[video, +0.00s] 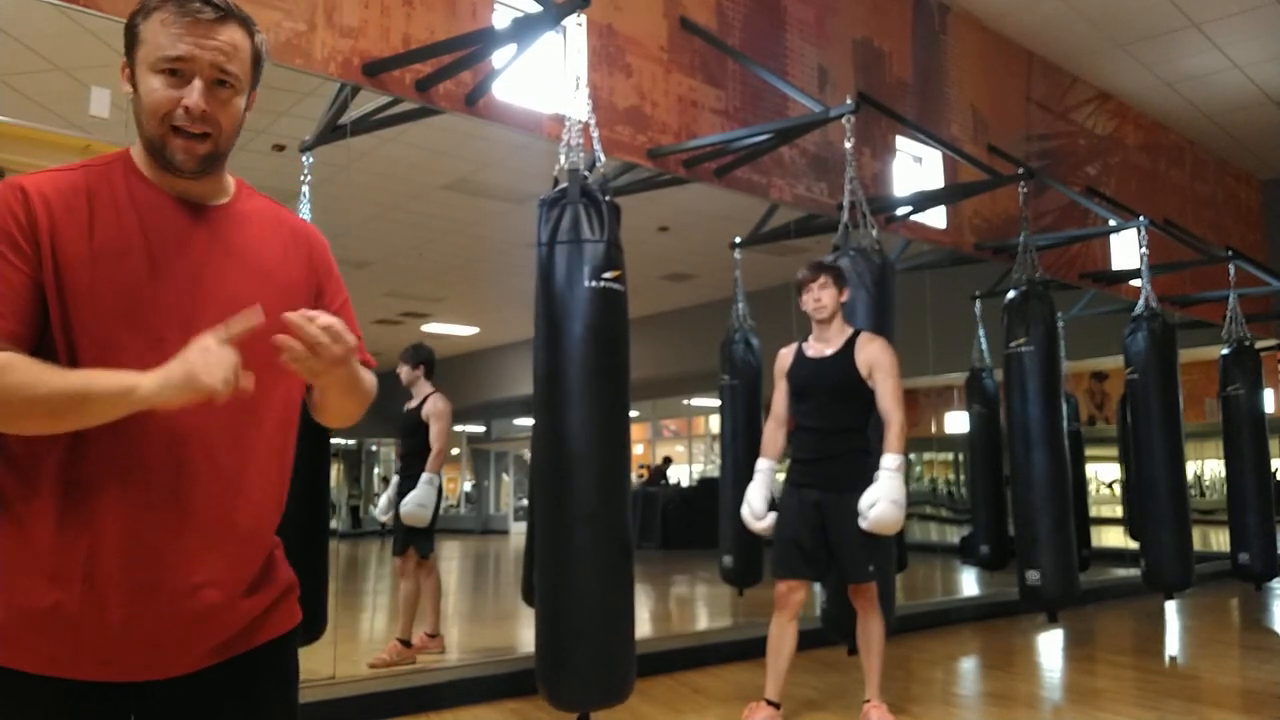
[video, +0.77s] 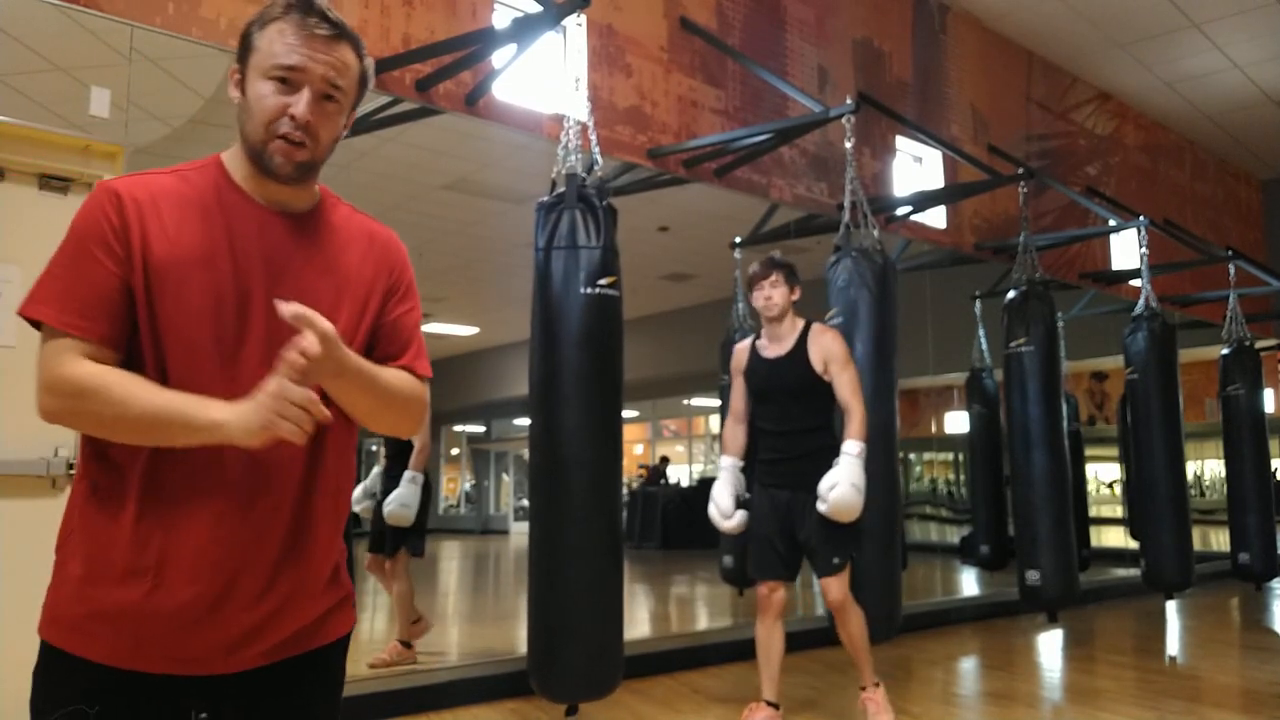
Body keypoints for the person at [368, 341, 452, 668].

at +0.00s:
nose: (398, 372)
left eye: (402, 366)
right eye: (399, 367)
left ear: (419, 369)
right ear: (415, 370)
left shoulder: (437, 402)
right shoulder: (411, 403)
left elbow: (439, 449)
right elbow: (406, 454)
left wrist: (425, 489)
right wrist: (391, 491)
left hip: (421, 484)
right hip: (407, 482)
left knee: (405, 564)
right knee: (424, 563)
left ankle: (403, 641)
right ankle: (432, 634)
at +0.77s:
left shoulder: (417, 392)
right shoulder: (391, 399)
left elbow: (422, 444)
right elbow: (389, 452)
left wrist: (409, 485)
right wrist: (371, 484)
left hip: (407, 481)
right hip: (389, 482)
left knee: (397, 566)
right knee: (374, 563)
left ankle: (403, 643)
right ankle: (414, 619)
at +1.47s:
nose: (348, 391)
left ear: (363, 382)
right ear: (372, 382)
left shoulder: (369, 406)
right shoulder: (378, 407)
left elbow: (371, 444)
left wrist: (360, 485)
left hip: (374, 491)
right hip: (379, 491)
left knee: (355, 565)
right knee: (352, 564)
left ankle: (388, 626)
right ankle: (361, 634)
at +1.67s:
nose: (341, 385)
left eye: (343, 379)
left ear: (352, 377)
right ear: (365, 377)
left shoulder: (362, 403)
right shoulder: (376, 408)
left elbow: (364, 444)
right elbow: (391, 460)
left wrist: (350, 485)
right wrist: (346, 461)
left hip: (372, 493)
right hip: (374, 492)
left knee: (353, 565)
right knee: (344, 567)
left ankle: (387, 627)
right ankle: (362, 634)